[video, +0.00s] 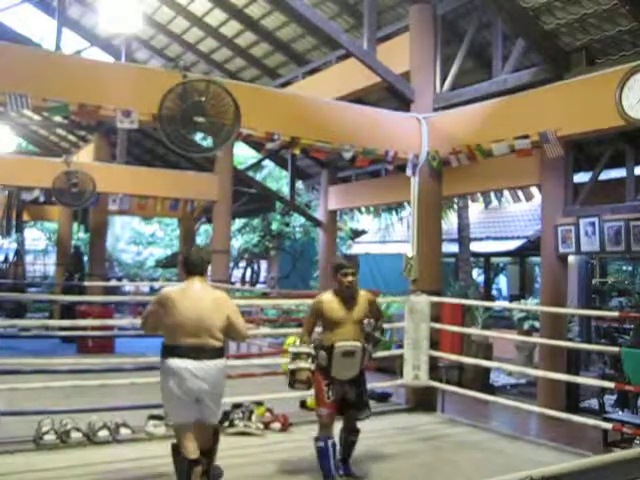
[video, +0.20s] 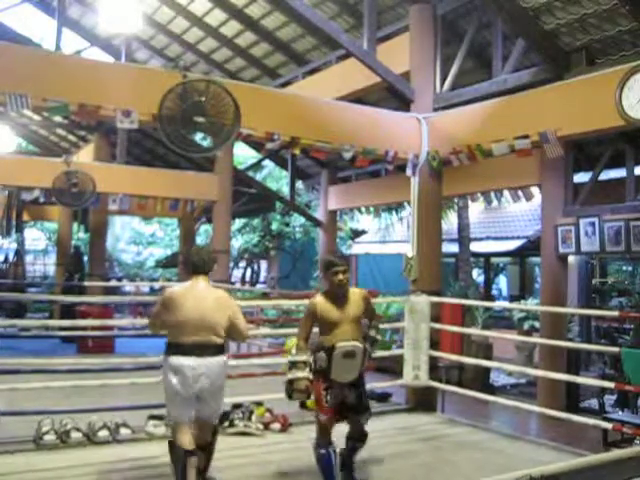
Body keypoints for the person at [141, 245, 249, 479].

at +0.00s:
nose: (179, 267)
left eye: (180, 264)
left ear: (182, 267)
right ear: (207, 268)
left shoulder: (168, 296)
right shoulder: (221, 298)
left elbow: (147, 325)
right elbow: (241, 332)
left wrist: (171, 323)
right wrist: (218, 325)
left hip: (177, 361)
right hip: (212, 362)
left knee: (184, 425)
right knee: (206, 423)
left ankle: (195, 467)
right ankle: (205, 468)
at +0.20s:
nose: (182, 268)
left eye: (184, 264)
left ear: (187, 267)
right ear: (212, 267)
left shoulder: (172, 295)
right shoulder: (223, 298)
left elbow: (155, 325)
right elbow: (242, 332)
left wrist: (179, 322)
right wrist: (219, 325)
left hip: (179, 357)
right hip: (213, 357)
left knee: (182, 422)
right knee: (207, 422)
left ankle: (190, 465)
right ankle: (201, 471)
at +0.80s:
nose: (215, 272)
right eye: (215, 268)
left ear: (194, 268)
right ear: (215, 269)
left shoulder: (180, 293)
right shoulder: (228, 295)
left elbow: (164, 319)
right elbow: (244, 329)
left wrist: (186, 316)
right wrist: (223, 320)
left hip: (186, 352)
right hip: (217, 353)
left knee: (187, 406)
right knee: (209, 410)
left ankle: (186, 456)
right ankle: (199, 465)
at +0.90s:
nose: (217, 272)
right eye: (216, 269)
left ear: (193, 270)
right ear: (214, 270)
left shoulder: (179, 293)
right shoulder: (224, 294)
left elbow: (164, 319)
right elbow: (242, 328)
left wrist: (185, 317)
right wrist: (221, 322)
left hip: (186, 351)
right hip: (216, 353)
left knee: (187, 407)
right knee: (208, 410)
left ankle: (189, 458)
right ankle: (198, 466)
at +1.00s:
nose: (217, 272)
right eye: (216, 269)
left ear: (193, 269)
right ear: (213, 270)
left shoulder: (178, 292)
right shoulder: (223, 294)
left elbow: (167, 318)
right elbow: (240, 326)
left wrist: (187, 313)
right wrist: (219, 319)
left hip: (184, 349)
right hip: (214, 352)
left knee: (188, 403)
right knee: (214, 406)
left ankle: (189, 454)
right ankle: (201, 457)